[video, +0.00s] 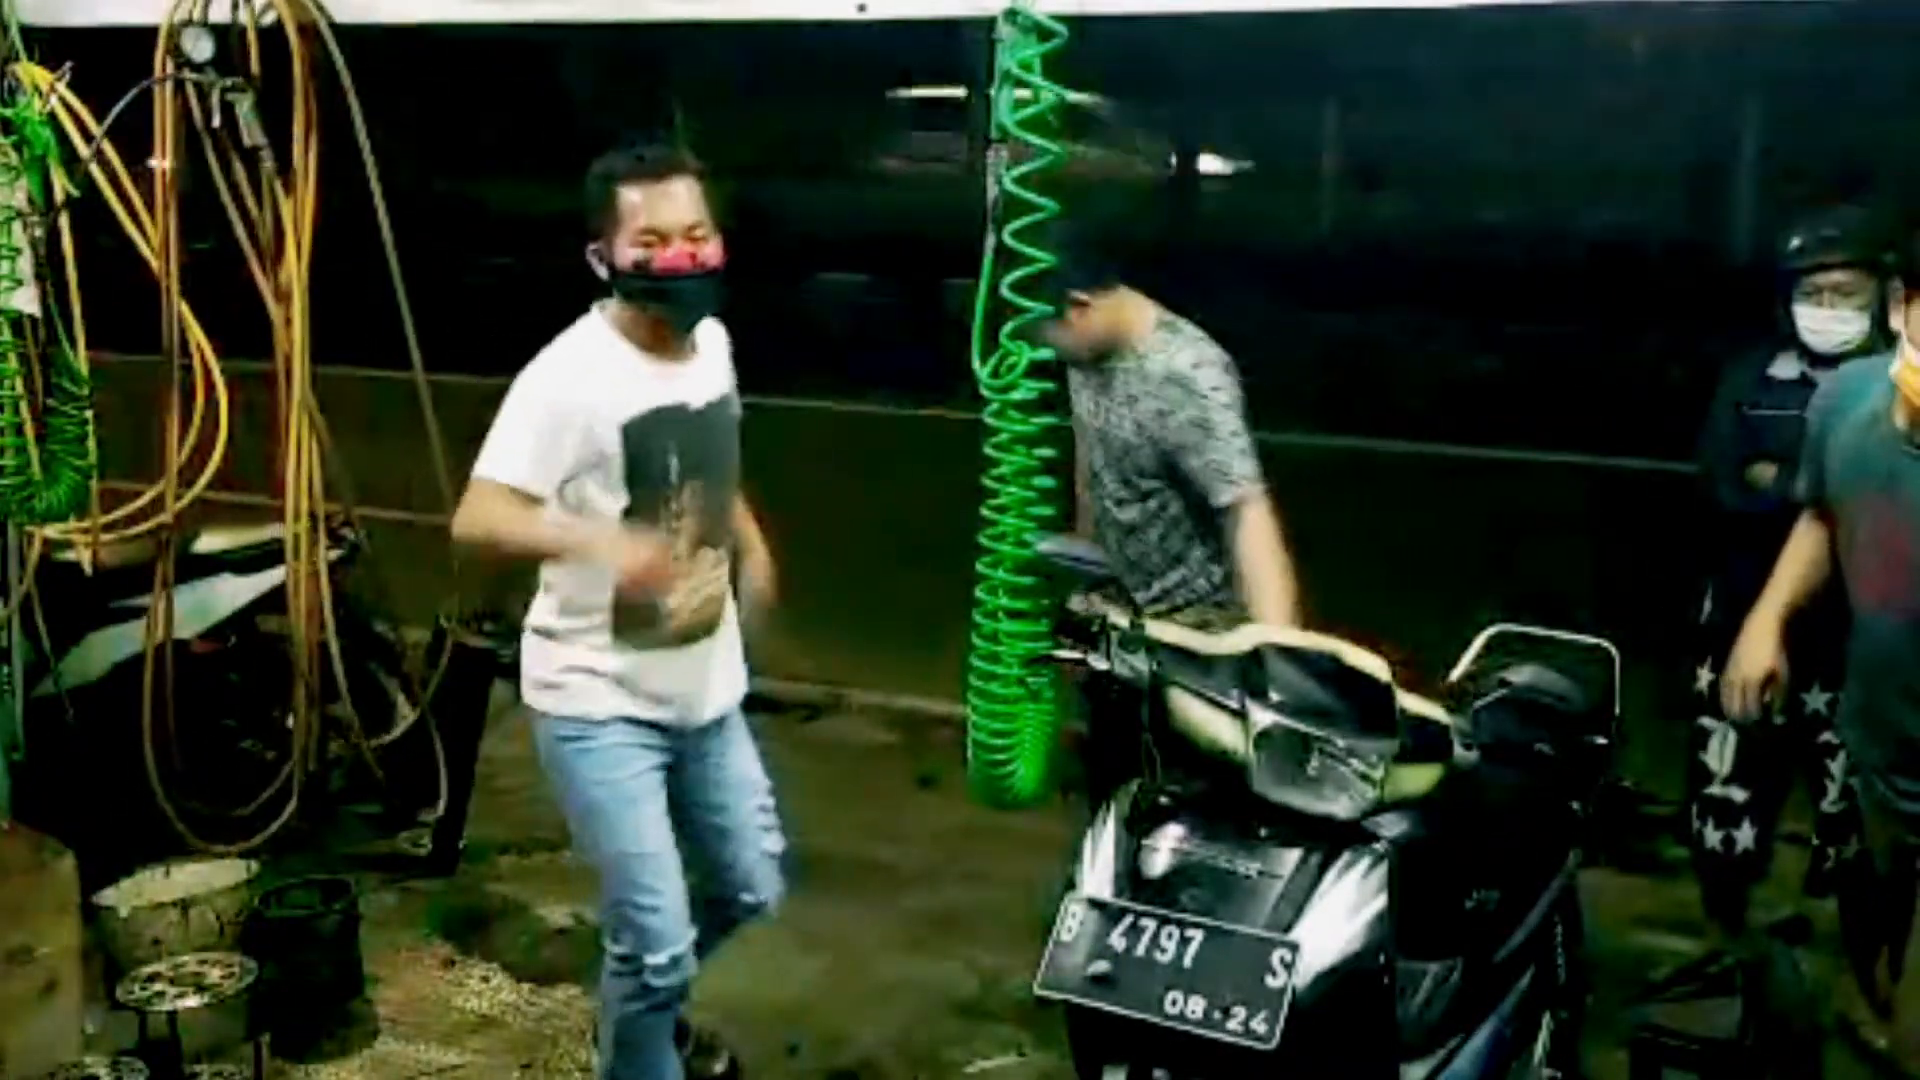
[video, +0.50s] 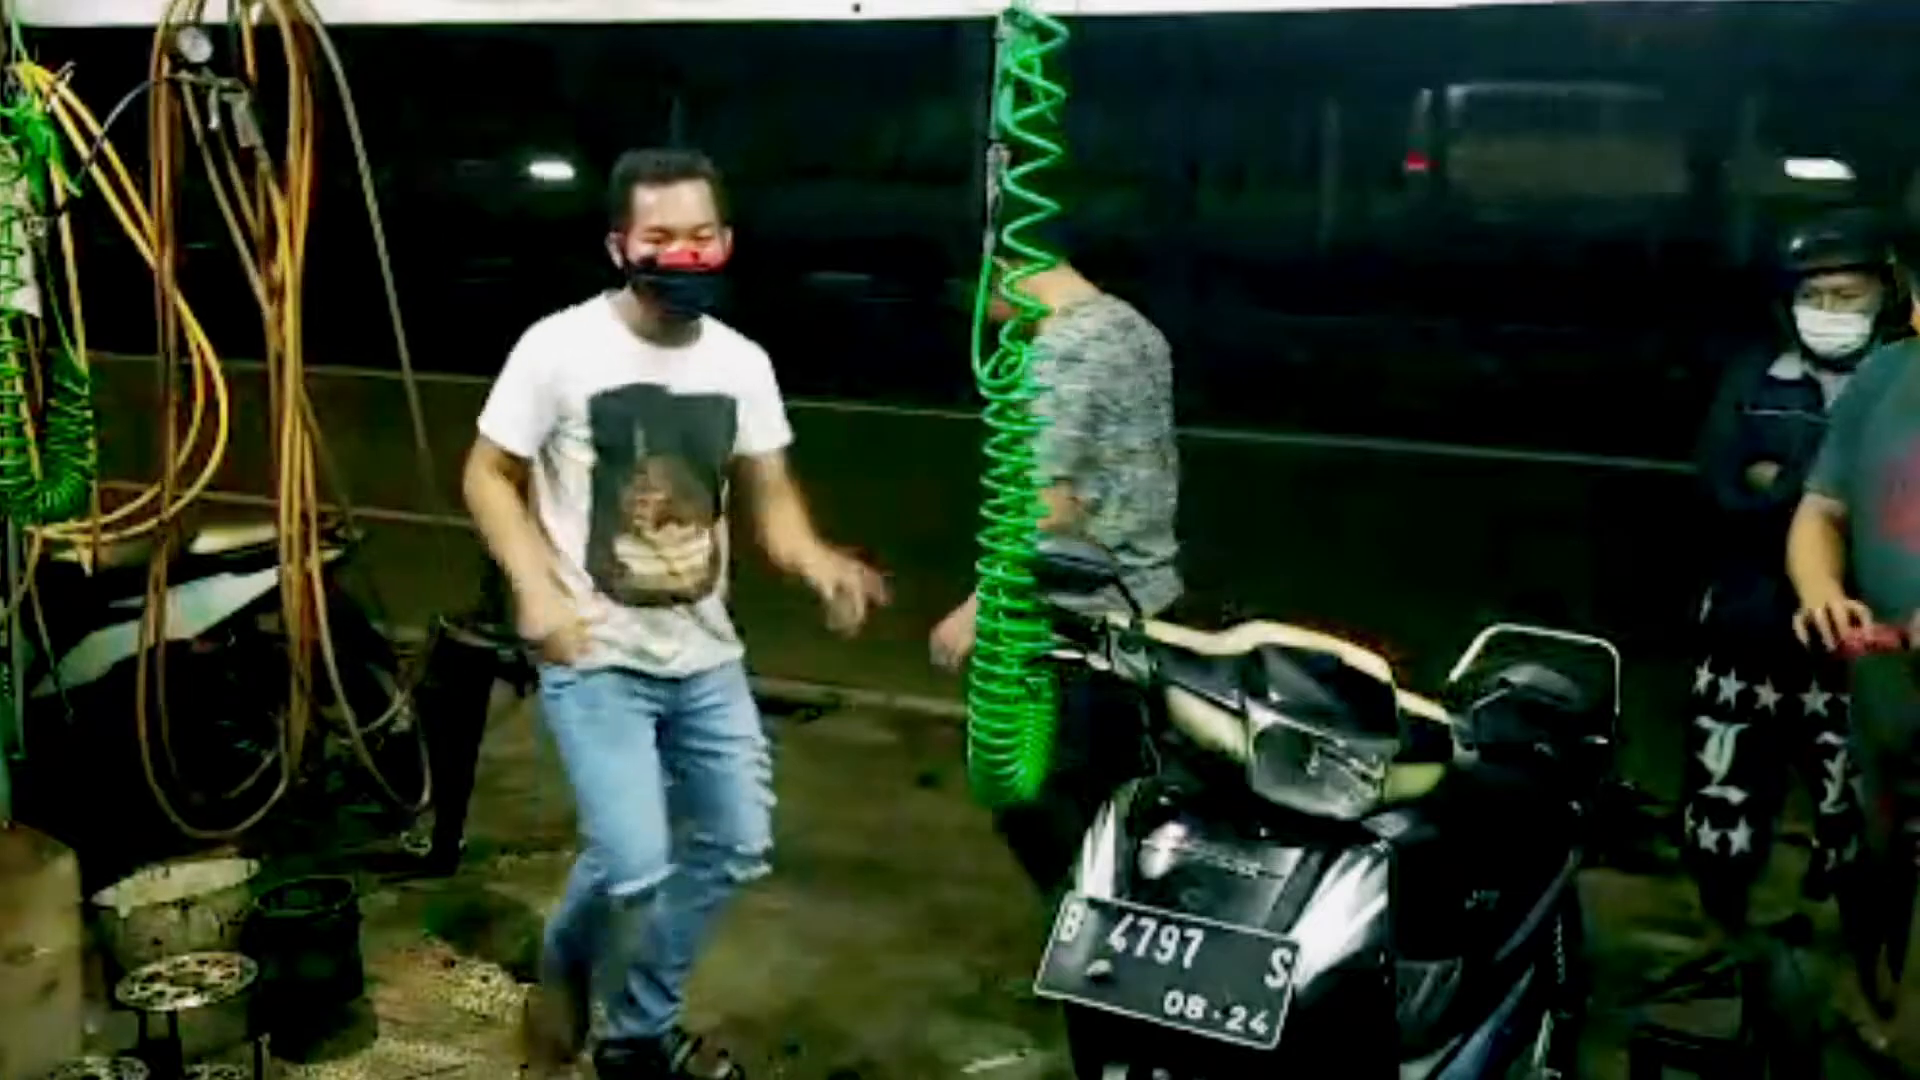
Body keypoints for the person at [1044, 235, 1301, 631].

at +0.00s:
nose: (1053, 348)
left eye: (1051, 335)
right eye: (1045, 339)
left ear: (1080, 305)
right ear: (1081, 304)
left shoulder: (1188, 371)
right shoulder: (1089, 347)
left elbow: (1247, 507)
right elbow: (1089, 471)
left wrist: (1277, 647)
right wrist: (1085, 566)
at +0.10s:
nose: (1030, 341)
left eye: (1027, 324)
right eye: (1021, 328)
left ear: (1054, 296)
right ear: (1054, 293)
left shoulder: (1158, 366)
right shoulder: (1092, 353)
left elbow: (1203, 518)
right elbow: (1099, 510)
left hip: (1159, 634)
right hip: (1106, 627)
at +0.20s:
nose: (1014, 338)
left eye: (1008, 322)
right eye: (1002, 326)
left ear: (1032, 293)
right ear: (1038, 287)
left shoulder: (1126, 360)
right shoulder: (1092, 353)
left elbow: (1152, 512)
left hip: (1153, 638)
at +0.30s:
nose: (1006, 333)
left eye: (998, 317)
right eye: (996, 321)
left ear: (1020, 292)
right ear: (1031, 284)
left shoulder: (1106, 353)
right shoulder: (1096, 345)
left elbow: (1121, 507)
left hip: (1142, 621)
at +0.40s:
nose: (1002, 326)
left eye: (994, 312)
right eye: (993, 315)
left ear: (1010, 288)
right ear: (1035, 271)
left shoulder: (1089, 350)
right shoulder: (1122, 332)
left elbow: (1080, 516)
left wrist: (992, 597)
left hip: (1112, 615)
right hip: (1148, 599)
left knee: (1086, 828)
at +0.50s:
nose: (994, 314)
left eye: (988, 297)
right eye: (987, 300)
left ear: (1005, 283)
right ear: (1056, 262)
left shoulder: (1062, 351)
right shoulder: (1137, 334)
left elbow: (1052, 508)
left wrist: (978, 607)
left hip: (1081, 616)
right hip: (1149, 599)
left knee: (1028, 802)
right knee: (1111, 788)